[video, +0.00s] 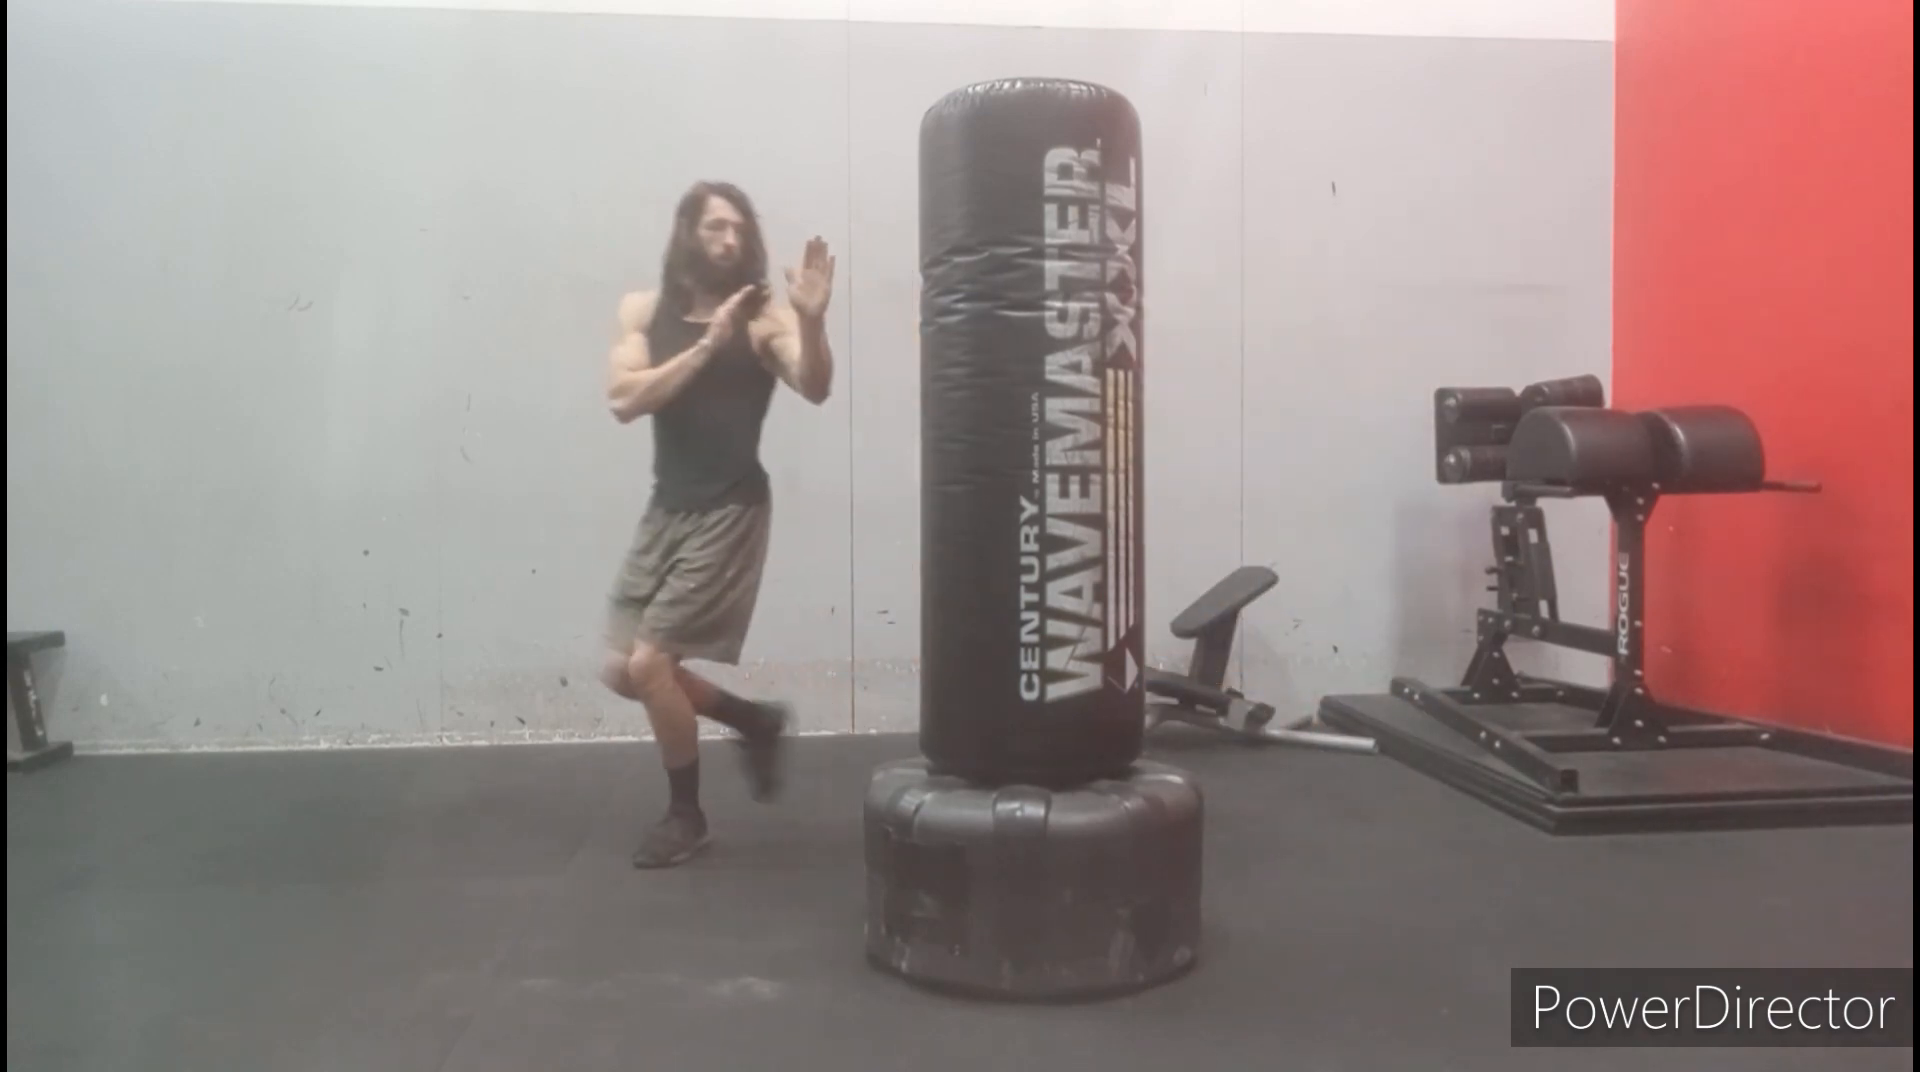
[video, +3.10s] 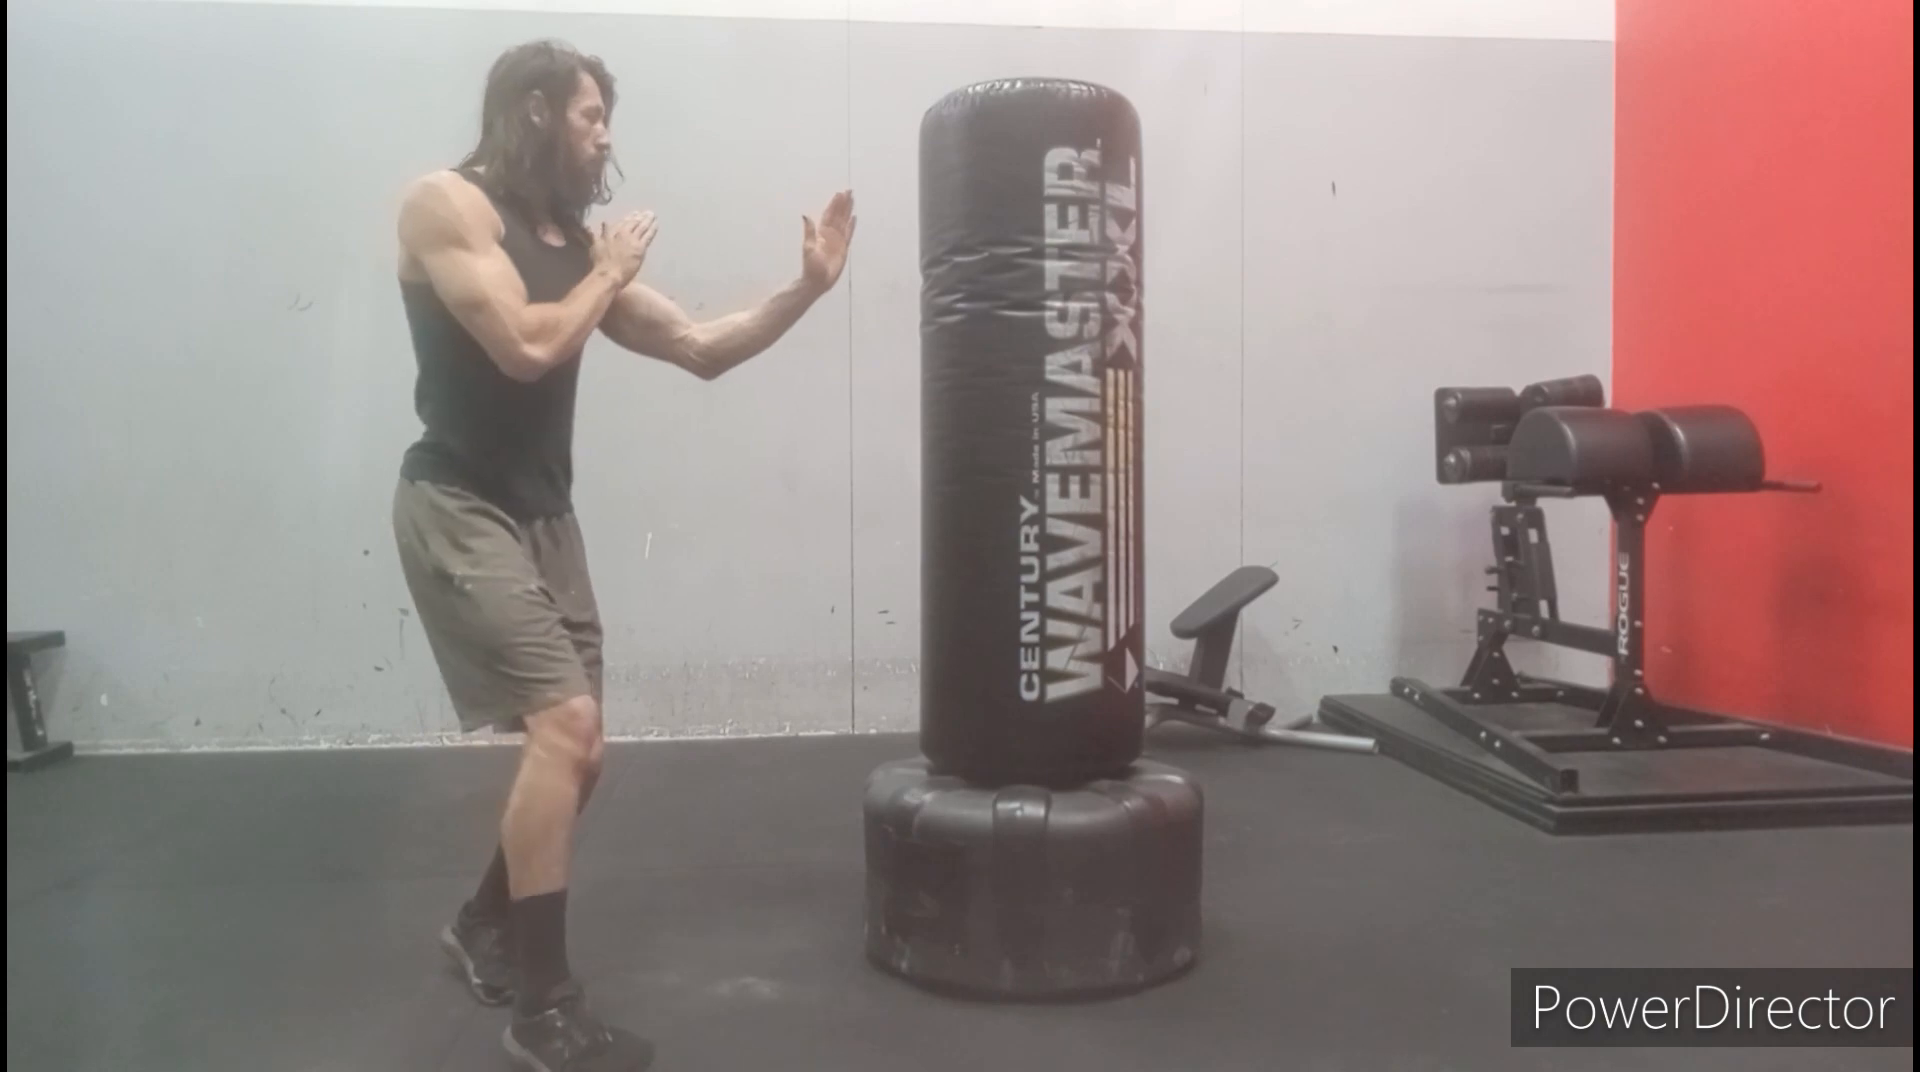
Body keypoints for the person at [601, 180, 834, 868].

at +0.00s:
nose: (727, 238)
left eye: (738, 229)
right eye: (713, 227)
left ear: (750, 242)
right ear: (686, 238)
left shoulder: (766, 315)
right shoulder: (646, 308)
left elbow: (815, 387)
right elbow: (625, 401)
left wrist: (814, 320)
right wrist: (709, 343)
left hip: (730, 510)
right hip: (667, 506)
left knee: (651, 664)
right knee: (625, 670)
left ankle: (685, 818)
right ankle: (754, 723)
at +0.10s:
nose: (708, 234)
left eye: (717, 224)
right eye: (693, 223)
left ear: (731, 237)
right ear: (664, 233)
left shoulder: (748, 312)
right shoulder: (624, 307)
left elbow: (802, 385)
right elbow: (606, 402)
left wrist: (802, 322)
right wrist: (690, 343)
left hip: (713, 513)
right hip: (647, 506)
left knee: (638, 665)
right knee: (577, 643)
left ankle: (683, 817)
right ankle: (681, 728)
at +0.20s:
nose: (689, 230)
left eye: (698, 219)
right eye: (674, 219)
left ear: (711, 231)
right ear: (643, 230)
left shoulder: (726, 311)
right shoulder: (601, 305)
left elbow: (790, 382)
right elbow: (590, 401)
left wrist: (794, 319)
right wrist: (675, 339)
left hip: (695, 512)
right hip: (626, 505)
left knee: (628, 672)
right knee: (550, 626)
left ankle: (684, 816)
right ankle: (597, 766)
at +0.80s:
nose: (578, 207)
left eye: (585, 195)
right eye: (562, 193)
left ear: (592, 206)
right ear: (520, 197)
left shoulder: (600, 295)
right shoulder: (453, 277)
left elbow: (694, 370)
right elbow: (463, 381)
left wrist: (732, 305)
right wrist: (562, 324)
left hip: (574, 514)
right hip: (487, 516)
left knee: (546, 675)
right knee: (488, 700)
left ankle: (602, 775)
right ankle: (513, 862)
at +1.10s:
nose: (555, 198)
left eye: (560, 185)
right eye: (538, 183)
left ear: (563, 196)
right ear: (490, 187)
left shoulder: (572, 290)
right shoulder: (416, 269)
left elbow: (678, 368)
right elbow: (439, 383)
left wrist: (729, 302)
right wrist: (544, 316)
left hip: (546, 515)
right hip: (457, 522)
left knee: (515, 664)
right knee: (485, 716)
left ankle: (501, 885)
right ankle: (514, 877)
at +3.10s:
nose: (606, 139)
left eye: (607, 120)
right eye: (593, 117)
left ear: (551, 125)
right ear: (533, 118)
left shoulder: (573, 242)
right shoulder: (443, 205)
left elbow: (696, 347)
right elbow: (529, 348)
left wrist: (806, 288)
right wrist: (610, 271)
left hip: (544, 513)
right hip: (458, 506)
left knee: (582, 749)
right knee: (564, 730)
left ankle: (481, 929)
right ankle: (543, 998)